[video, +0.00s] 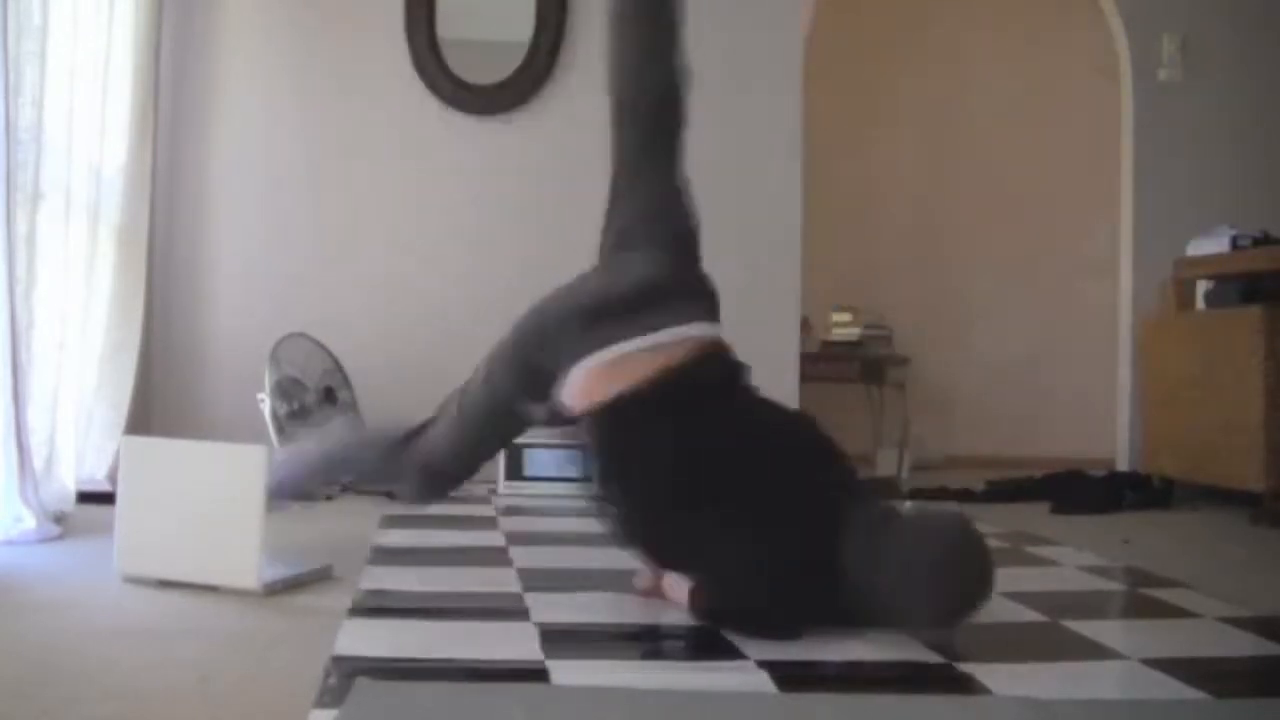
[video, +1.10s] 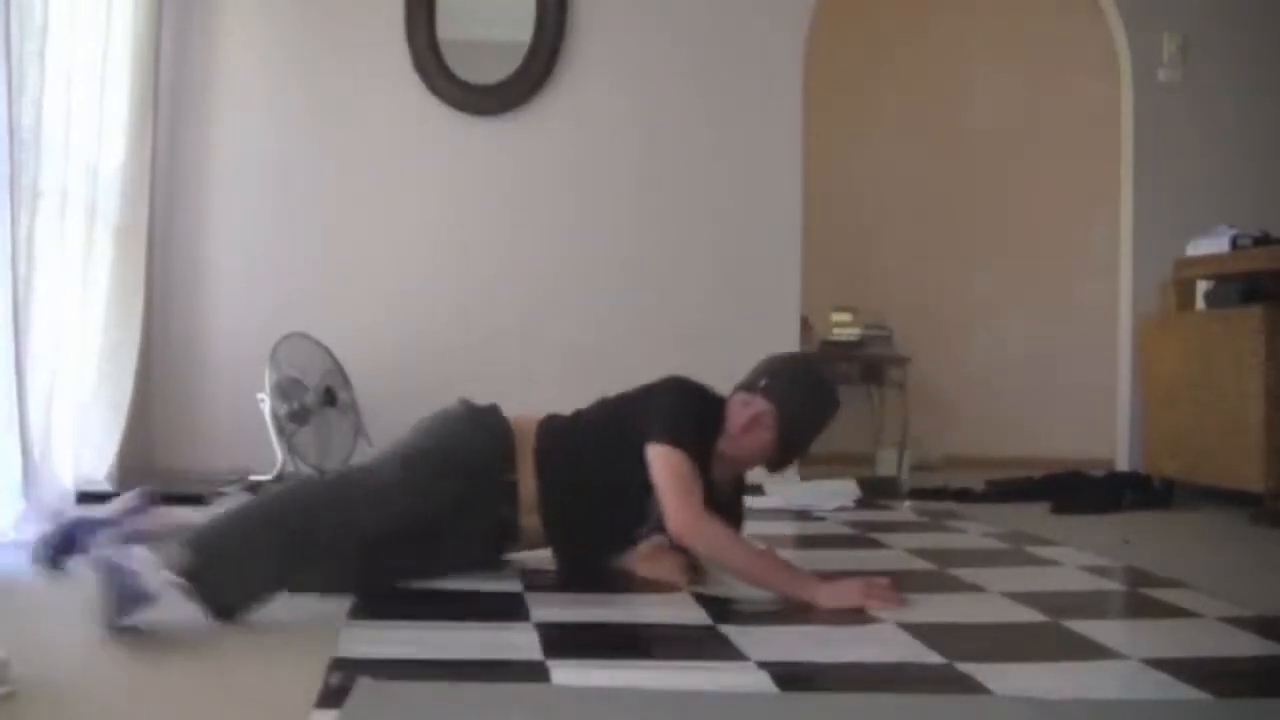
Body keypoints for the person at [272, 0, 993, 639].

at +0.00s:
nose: (941, 634)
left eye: (951, 612)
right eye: (938, 625)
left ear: (917, 532)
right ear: (908, 613)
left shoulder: (831, 471)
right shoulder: (785, 599)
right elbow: (656, 580)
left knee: (648, 119)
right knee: (429, 466)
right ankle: (312, 461)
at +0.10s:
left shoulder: (840, 494)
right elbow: (664, 577)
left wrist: (699, 582)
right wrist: (681, 572)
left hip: (662, 316)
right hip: (579, 352)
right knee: (404, 507)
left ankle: (589, 46)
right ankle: (222, 495)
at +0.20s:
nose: (967, 626)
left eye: (974, 607)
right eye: (968, 618)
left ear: (923, 526)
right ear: (932, 614)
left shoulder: (851, 506)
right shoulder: (820, 582)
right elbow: (661, 583)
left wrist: (683, 540)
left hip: (658, 361)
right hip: (609, 374)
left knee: (522, 370)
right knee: (423, 500)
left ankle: (452, 237)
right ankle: (181, 543)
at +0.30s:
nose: (939, 612)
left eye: (955, 600)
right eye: (946, 600)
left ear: (910, 536)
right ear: (912, 570)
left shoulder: (851, 508)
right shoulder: (810, 538)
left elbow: (682, 458)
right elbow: (672, 600)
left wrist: (650, 565)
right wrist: (822, 601)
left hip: (619, 380)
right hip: (594, 375)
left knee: (481, 452)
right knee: (457, 519)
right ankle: (242, 593)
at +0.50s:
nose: (893, 511)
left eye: (911, 507)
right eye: (908, 499)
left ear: (889, 462)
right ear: (896, 453)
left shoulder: (786, 403)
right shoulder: (828, 406)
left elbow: (616, 451)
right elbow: (744, 529)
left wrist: (646, 569)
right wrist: (811, 594)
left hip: (559, 425)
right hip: (560, 387)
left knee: (383, 530)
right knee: (394, 470)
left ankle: (192, 528)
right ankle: (191, 557)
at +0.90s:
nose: (790, 441)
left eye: (803, 436)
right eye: (800, 421)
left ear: (793, 423)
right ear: (783, 385)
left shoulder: (727, 489)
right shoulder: (712, 380)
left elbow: (608, 559)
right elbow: (708, 504)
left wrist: (684, 567)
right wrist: (811, 591)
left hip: (498, 538)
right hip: (499, 450)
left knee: (285, 534)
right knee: (420, 514)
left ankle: (113, 489)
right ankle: (270, 613)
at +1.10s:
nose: (751, 435)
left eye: (767, 437)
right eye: (759, 416)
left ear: (771, 447)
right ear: (748, 395)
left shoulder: (703, 493)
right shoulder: (680, 402)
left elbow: (603, 560)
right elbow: (692, 524)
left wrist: (658, 563)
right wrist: (807, 588)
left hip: (494, 532)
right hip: (488, 451)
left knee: (341, 559)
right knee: (355, 504)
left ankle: (146, 536)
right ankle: (170, 569)